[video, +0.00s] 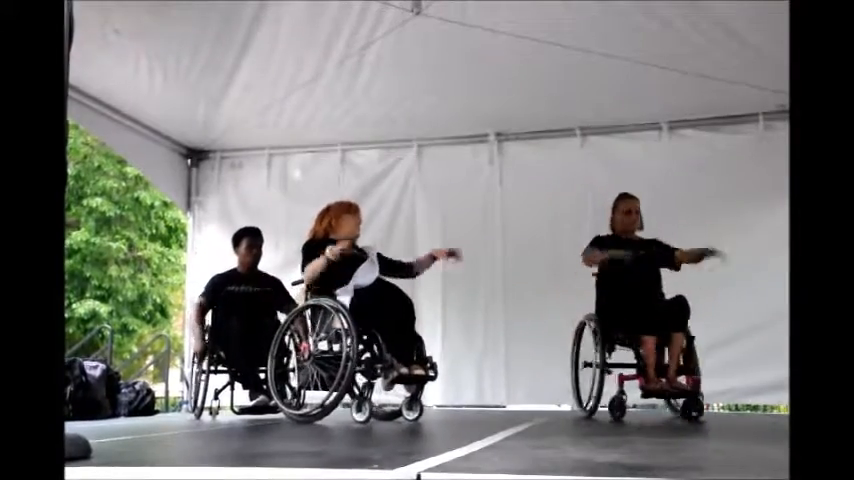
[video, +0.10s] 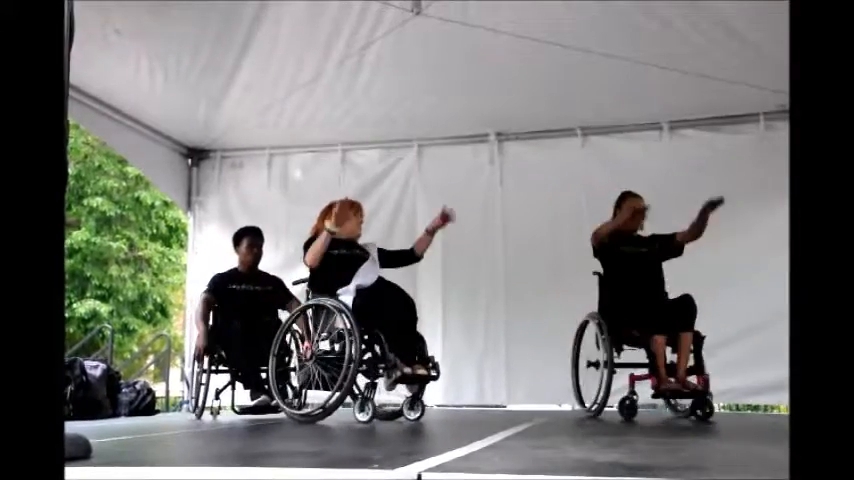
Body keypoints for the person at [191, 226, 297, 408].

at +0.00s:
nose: (256, 252)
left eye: (259, 247)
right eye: (251, 247)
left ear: (262, 249)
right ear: (237, 250)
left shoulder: (271, 284)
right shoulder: (221, 282)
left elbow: (295, 313)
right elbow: (200, 309)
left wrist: (303, 340)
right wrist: (198, 341)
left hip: (262, 340)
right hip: (230, 341)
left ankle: (278, 392)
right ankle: (256, 393)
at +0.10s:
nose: (257, 251)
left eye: (259, 246)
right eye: (251, 246)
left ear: (263, 249)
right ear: (237, 249)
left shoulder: (272, 283)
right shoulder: (221, 281)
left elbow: (296, 307)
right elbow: (204, 306)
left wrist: (307, 337)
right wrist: (202, 334)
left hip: (264, 339)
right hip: (233, 339)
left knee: (276, 329)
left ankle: (280, 392)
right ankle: (258, 393)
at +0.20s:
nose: (257, 251)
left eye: (260, 247)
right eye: (251, 247)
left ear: (263, 249)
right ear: (238, 249)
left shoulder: (272, 280)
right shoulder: (224, 278)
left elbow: (293, 290)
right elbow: (210, 291)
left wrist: (299, 299)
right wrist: (219, 302)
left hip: (268, 332)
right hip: (238, 333)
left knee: (284, 349)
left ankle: (280, 394)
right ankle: (260, 393)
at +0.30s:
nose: (258, 253)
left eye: (261, 248)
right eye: (253, 248)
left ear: (265, 250)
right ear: (240, 249)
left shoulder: (272, 276)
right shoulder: (227, 276)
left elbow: (295, 278)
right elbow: (213, 278)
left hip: (269, 336)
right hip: (239, 337)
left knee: (285, 340)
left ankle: (283, 392)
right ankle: (262, 392)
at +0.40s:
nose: (259, 254)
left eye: (263, 249)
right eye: (254, 248)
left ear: (267, 251)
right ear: (242, 246)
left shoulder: (272, 276)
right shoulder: (229, 276)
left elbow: (295, 254)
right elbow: (214, 255)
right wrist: (239, 232)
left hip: (271, 334)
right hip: (241, 336)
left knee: (286, 327)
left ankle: (287, 391)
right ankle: (266, 394)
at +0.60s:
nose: (262, 255)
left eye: (266, 250)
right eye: (257, 249)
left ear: (270, 251)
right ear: (246, 247)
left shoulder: (275, 274)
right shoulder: (230, 273)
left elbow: (305, 250)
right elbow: (202, 249)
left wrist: (286, 217)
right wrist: (226, 214)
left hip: (272, 332)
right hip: (241, 334)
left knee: (288, 322)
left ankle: (290, 392)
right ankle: (268, 393)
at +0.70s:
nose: (265, 255)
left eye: (268, 250)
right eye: (259, 250)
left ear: (273, 249)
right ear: (247, 246)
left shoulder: (278, 273)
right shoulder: (229, 272)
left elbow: (312, 276)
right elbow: (188, 268)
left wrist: (317, 239)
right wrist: (190, 228)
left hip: (274, 337)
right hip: (242, 338)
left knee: (289, 322)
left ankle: (292, 391)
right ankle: (270, 393)